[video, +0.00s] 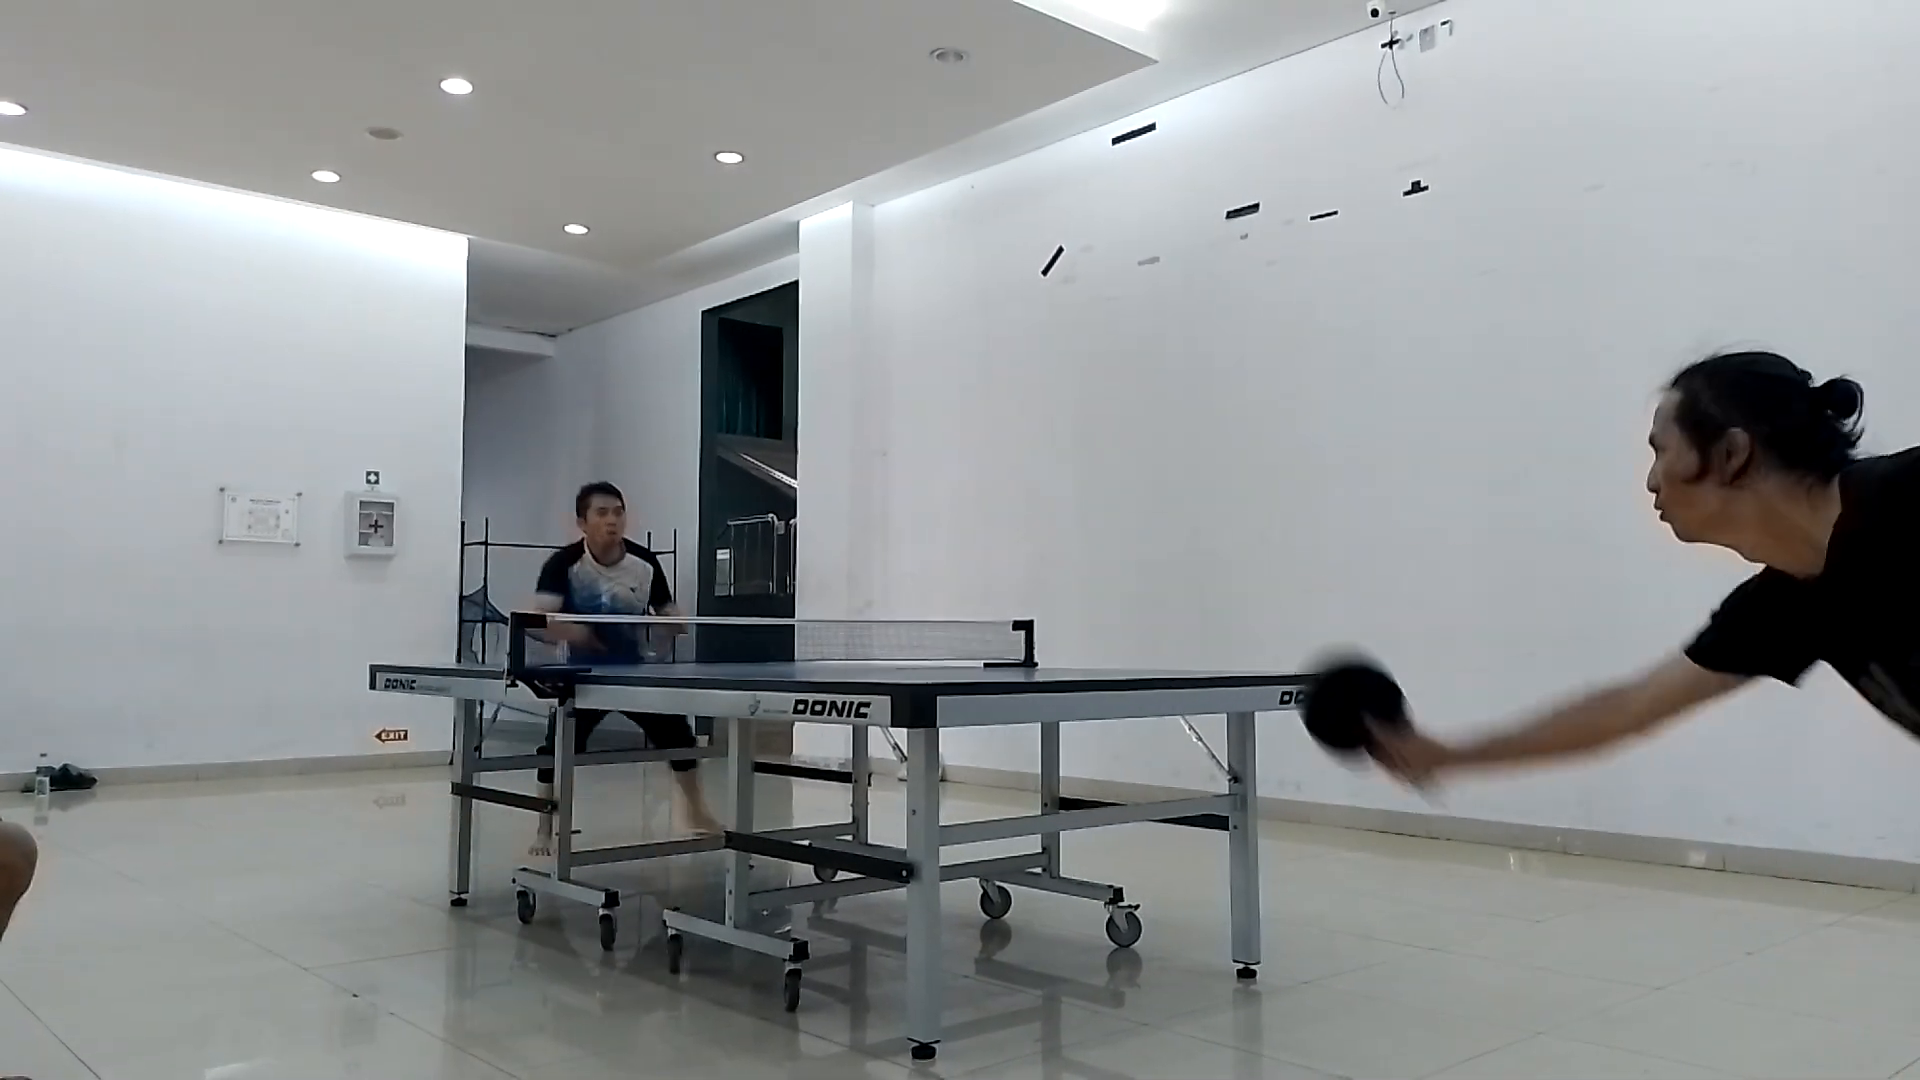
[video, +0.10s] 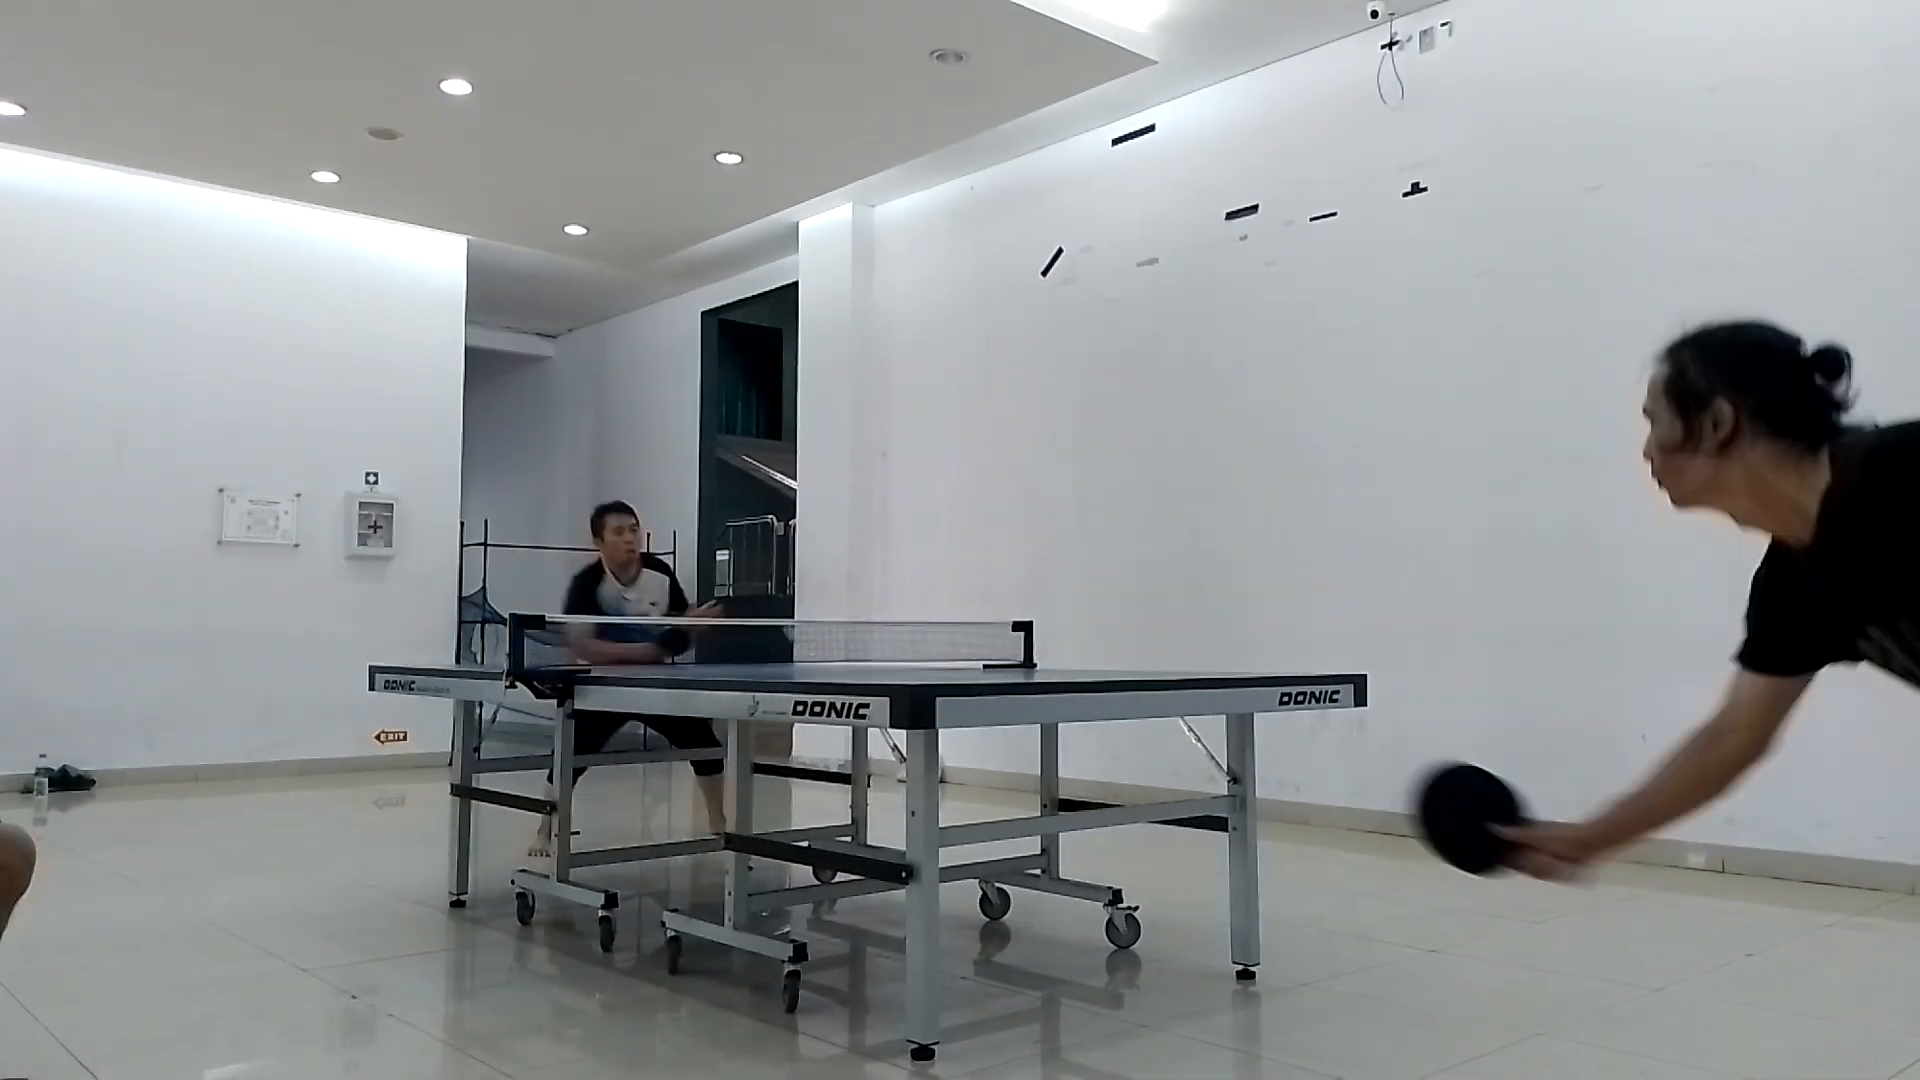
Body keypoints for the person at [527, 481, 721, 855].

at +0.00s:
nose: (612, 520)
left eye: (617, 512)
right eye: (602, 513)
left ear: (625, 517)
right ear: (582, 523)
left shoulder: (645, 563)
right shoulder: (562, 564)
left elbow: (667, 622)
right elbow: (544, 625)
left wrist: (667, 629)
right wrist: (574, 633)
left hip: (636, 675)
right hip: (584, 677)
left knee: (676, 730)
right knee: (556, 746)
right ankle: (545, 833)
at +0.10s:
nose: (630, 539)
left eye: (634, 530)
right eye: (619, 532)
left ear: (641, 535)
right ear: (600, 542)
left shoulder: (661, 575)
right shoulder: (586, 583)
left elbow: (680, 636)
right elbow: (579, 646)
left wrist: (696, 622)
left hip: (658, 690)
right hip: (603, 692)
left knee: (707, 748)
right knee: (570, 760)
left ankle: (718, 826)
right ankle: (545, 834)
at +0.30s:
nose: (674, 550)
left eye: (674, 541)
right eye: (662, 546)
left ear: (681, 542)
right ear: (643, 559)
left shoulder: (686, 569)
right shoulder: (639, 598)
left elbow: (732, 585)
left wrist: (752, 563)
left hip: (667, 691)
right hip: (625, 695)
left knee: (713, 741)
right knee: (600, 758)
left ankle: (719, 822)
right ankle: (548, 831)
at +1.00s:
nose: (682, 512)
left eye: (688, 504)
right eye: (672, 506)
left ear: (700, 511)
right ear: (660, 518)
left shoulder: (729, 553)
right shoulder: (649, 562)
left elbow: (768, 586)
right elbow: (631, 614)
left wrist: (753, 598)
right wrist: (635, 617)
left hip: (724, 669)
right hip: (671, 671)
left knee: (744, 746)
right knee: (637, 744)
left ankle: (735, 818)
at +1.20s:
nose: (696, 525)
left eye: (702, 517)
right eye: (686, 519)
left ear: (717, 524)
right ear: (676, 531)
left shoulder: (741, 561)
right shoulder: (670, 576)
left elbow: (779, 590)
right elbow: (655, 630)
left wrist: (740, 613)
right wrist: (652, 632)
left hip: (757, 677)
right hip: (703, 680)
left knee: (794, 747)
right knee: (662, 750)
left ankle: (820, 820)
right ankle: (663, 823)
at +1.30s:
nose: (701, 533)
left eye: (708, 525)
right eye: (692, 528)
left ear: (723, 532)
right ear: (684, 538)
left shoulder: (746, 565)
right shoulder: (679, 582)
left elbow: (771, 595)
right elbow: (663, 637)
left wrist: (724, 618)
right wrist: (656, 635)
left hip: (758, 683)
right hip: (706, 685)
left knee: (797, 750)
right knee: (656, 742)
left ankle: (820, 824)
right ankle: (656, 817)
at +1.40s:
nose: (690, 537)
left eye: (698, 528)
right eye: (682, 531)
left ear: (716, 532)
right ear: (675, 540)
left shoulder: (738, 564)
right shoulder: (674, 583)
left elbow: (747, 596)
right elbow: (662, 637)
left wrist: (691, 613)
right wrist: (646, 636)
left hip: (753, 681)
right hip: (702, 683)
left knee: (786, 748)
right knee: (654, 736)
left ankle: (818, 820)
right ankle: (619, 820)